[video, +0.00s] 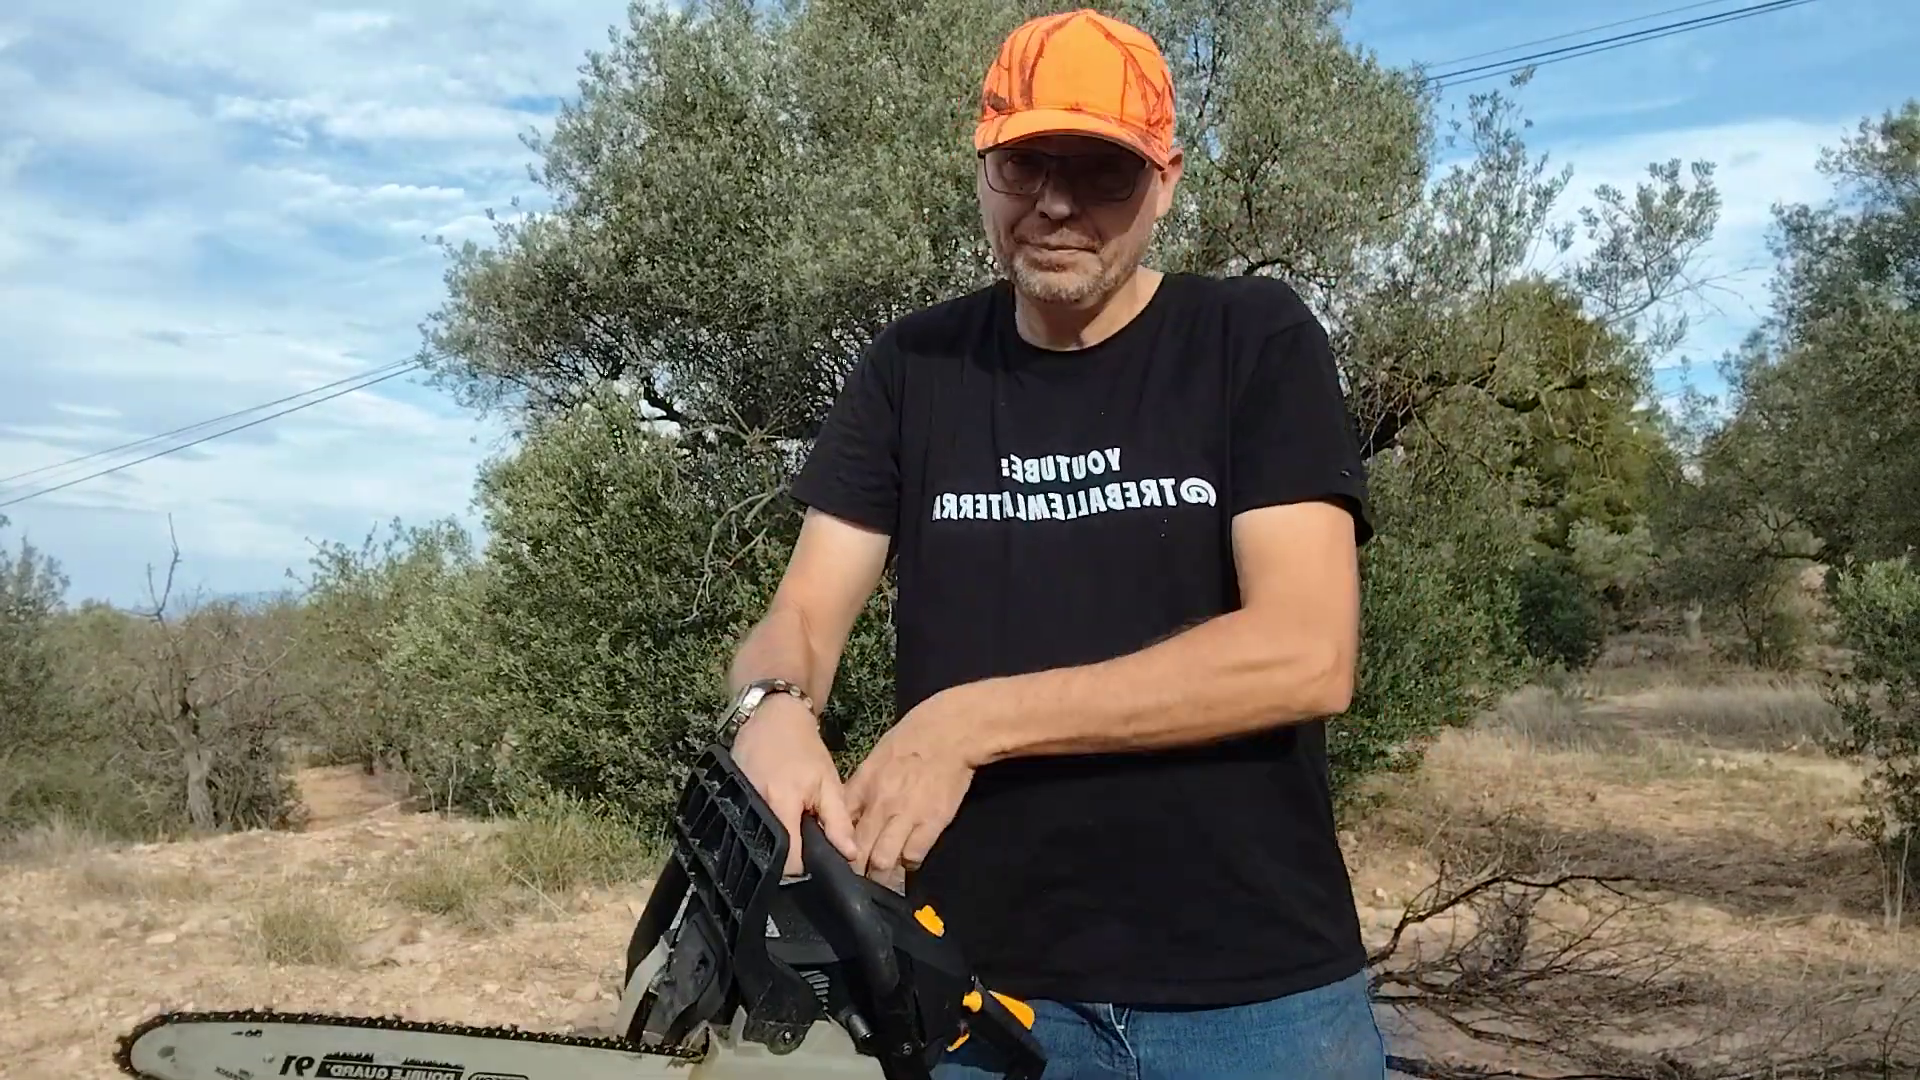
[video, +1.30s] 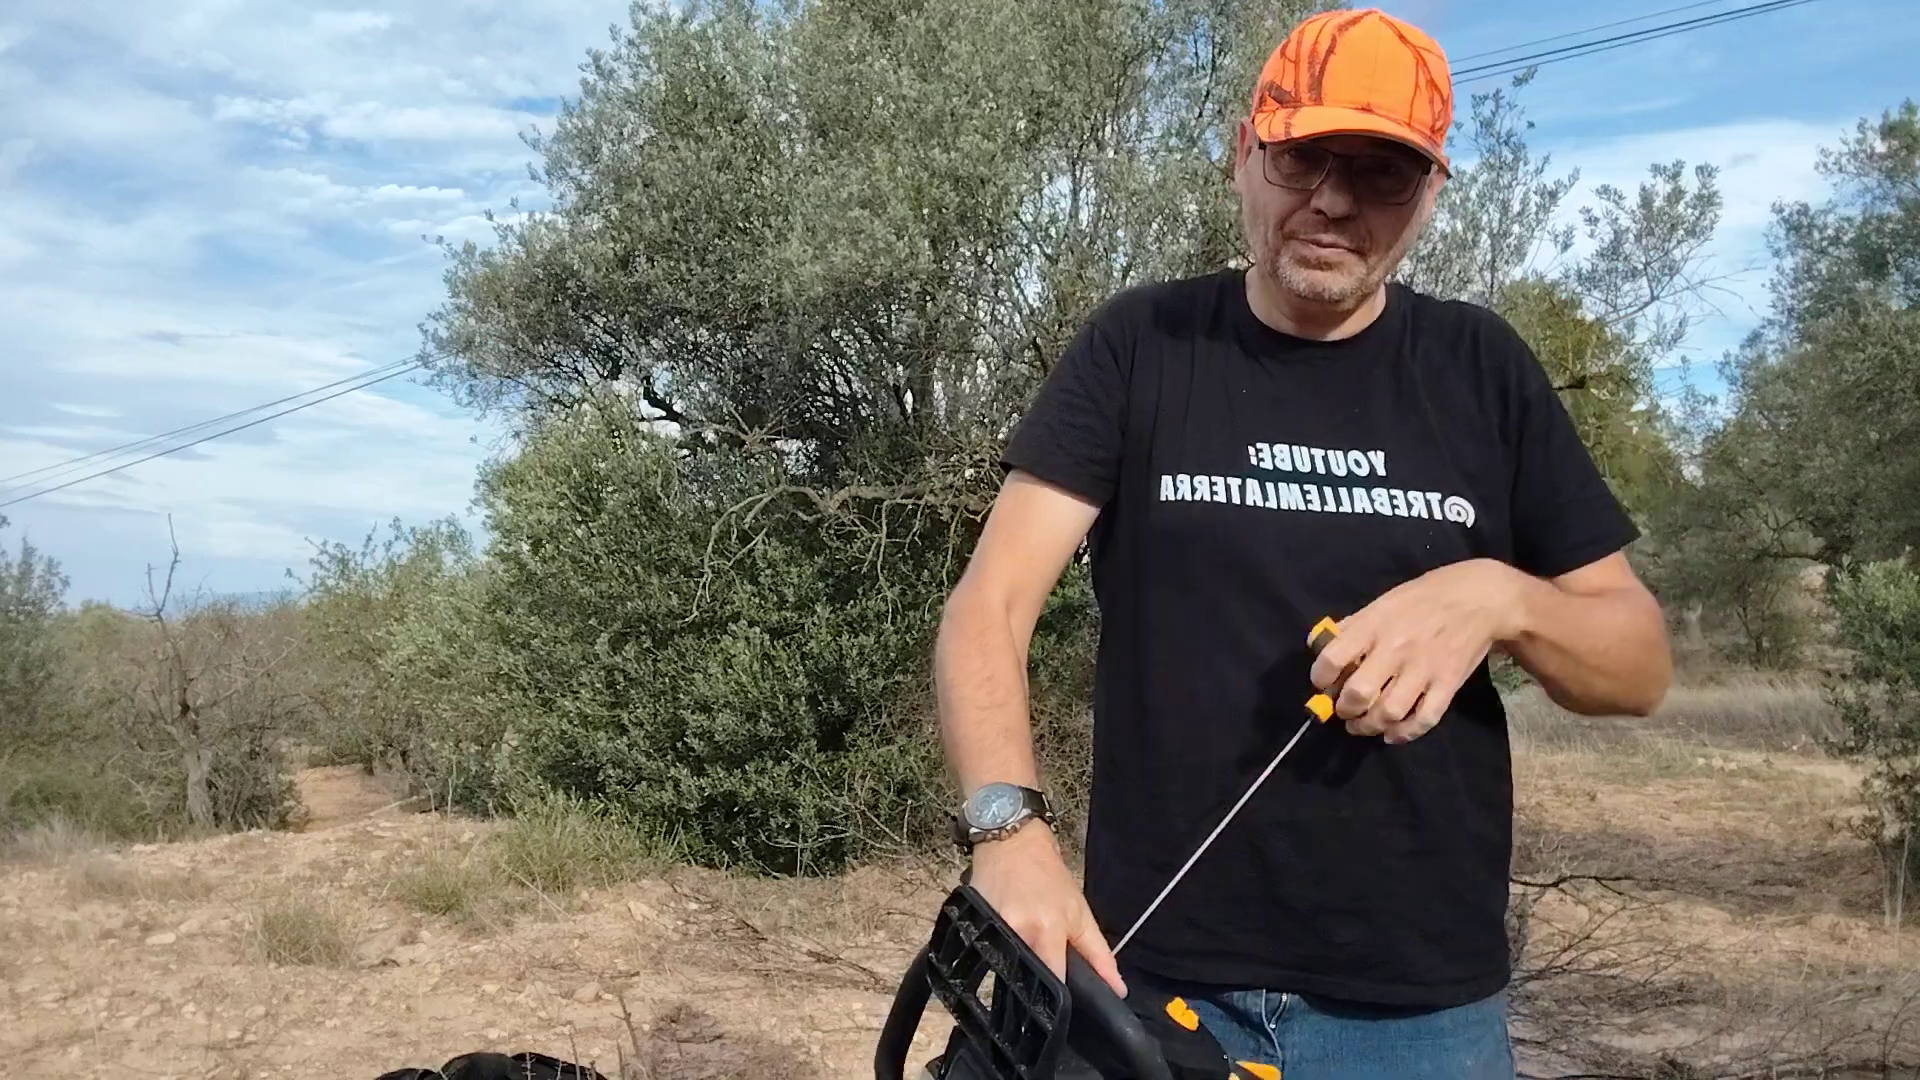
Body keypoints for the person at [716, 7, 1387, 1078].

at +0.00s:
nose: (1057, 206)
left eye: (1098, 173)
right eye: (1027, 168)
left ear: (1161, 184)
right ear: (985, 173)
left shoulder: (1255, 339)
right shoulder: (908, 370)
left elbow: (1307, 652)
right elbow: (802, 621)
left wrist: (965, 721)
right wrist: (773, 714)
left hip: (1261, 1006)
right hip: (986, 1006)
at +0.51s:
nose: (1237, 207)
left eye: (1281, 175)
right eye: (1208, 168)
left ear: (1342, 195)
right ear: (1164, 179)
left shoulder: (1410, 350)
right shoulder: (1094, 364)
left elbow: (1417, 680)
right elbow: (948, 601)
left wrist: (1086, 785)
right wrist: (931, 719)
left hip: (1349, 1017)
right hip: (1095, 1000)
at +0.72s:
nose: (1281, 206)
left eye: (1326, 178)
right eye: (1252, 168)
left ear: (1387, 201)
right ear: (1205, 180)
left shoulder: (1448, 354)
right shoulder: (1139, 363)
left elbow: (1441, 692)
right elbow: (989, 603)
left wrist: (1109, 806)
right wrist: (973, 742)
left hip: (1379, 1018)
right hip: (1128, 997)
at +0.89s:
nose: (1303, 220)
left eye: (1348, 189)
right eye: (1276, 180)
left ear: (1403, 206)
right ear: (1224, 183)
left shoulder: (1481, 350)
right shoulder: (1143, 363)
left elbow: (1693, 602)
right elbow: (973, 584)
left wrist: (1395, 571)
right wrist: (966, 760)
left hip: (1390, 988)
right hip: (1121, 967)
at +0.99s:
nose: (1300, 206)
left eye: (1347, 174)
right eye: (1271, 165)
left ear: (1404, 201)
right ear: (1220, 175)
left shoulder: (1486, 345)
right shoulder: (1138, 356)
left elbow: (1767, 560)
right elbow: (967, 581)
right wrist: (996, 769)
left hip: (1397, 976)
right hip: (1144, 955)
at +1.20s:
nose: (1331, 206)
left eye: (1376, 175)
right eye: (1303, 164)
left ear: (1424, 193)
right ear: (1242, 156)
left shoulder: (1485, 362)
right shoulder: (1136, 349)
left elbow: (1688, 627)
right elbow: (985, 616)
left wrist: (1635, 469)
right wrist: (1014, 842)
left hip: (1428, 1010)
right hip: (1158, 999)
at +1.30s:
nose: (1334, 207)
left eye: (1379, 175)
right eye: (1303, 163)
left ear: (1429, 193)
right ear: (1244, 160)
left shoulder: (1483, 367)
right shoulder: (1139, 345)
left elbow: (1638, 667)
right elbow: (987, 607)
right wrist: (1006, 833)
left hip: (1425, 1014)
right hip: (1159, 1000)